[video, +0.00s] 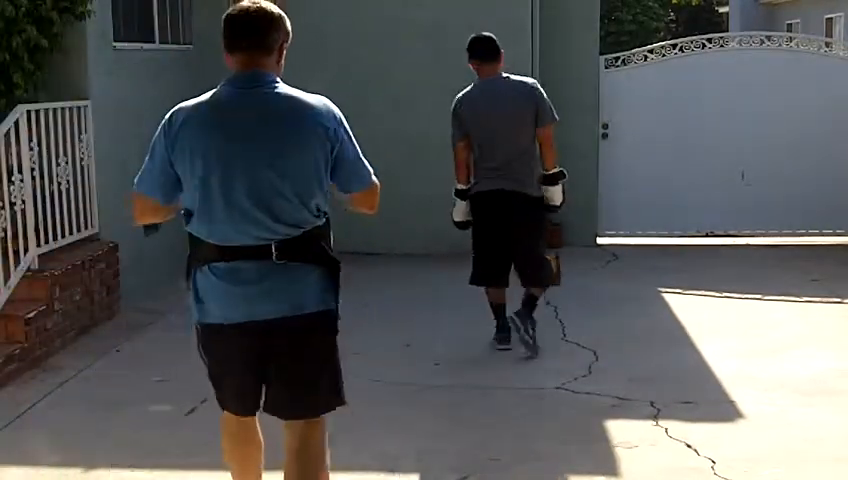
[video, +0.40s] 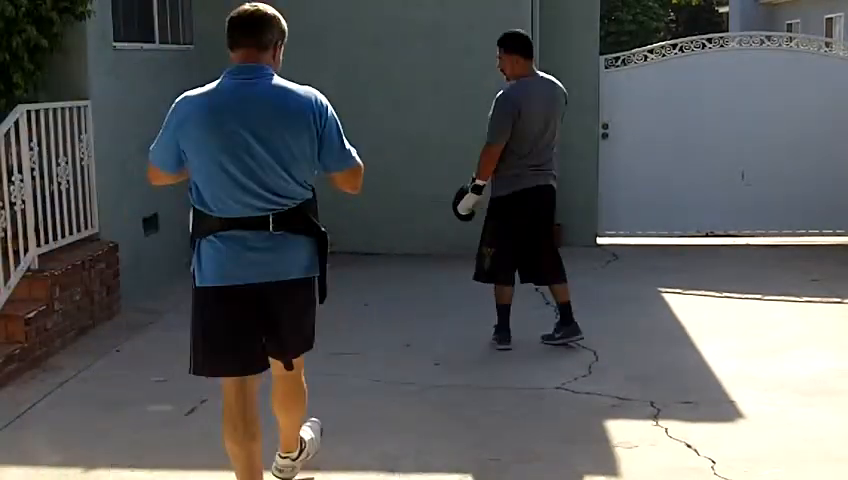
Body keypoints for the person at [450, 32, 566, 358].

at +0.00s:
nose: (477, 69)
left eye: (473, 64)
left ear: (471, 65)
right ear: (502, 58)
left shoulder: (464, 101)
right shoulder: (530, 89)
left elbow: (462, 153)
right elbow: (546, 139)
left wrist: (462, 197)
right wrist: (553, 183)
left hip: (486, 198)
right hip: (525, 196)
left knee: (493, 265)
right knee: (535, 262)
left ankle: (501, 330)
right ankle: (526, 313)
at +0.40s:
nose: (499, 65)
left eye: (500, 59)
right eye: (499, 59)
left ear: (512, 57)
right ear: (529, 57)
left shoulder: (508, 97)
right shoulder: (557, 89)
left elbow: (493, 149)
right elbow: (547, 137)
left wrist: (477, 188)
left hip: (510, 194)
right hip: (544, 191)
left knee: (501, 260)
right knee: (546, 254)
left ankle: (502, 329)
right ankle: (567, 322)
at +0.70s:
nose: (526, 63)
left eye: (531, 57)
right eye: (525, 57)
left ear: (551, 58)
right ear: (545, 59)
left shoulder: (548, 95)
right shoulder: (562, 88)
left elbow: (538, 148)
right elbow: (549, 145)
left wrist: (524, 191)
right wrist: (530, 181)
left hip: (542, 194)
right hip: (564, 191)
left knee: (521, 257)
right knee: (568, 261)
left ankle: (510, 326)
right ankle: (572, 328)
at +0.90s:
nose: (535, 60)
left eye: (540, 53)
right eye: (533, 54)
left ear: (560, 55)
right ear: (541, 56)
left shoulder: (563, 90)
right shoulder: (554, 87)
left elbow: (568, 140)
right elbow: (550, 141)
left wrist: (569, 187)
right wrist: (537, 188)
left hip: (553, 193)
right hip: (548, 191)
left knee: (532, 261)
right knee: (570, 262)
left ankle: (525, 329)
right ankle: (571, 329)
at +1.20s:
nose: (540, 58)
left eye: (546, 51)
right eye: (539, 52)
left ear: (564, 54)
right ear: (553, 57)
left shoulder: (570, 90)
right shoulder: (561, 87)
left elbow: (576, 140)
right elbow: (557, 143)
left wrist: (572, 186)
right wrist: (542, 190)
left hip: (565, 191)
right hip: (550, 191)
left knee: (567, 260)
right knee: (552, 259)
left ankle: (573, 329)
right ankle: (568, 325)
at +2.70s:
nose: (526, 56)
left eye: (533, 51)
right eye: (527, 51)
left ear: (550, 55)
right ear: (540, 57)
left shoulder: (557, 91)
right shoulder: (541, 89)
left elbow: (564, 141)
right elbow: (540, 141)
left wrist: (547, 183)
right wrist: (526, 182)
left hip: (553, 188)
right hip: (538, 187)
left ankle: (559, 316)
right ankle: (558, 317)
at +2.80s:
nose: (520, 57)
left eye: (526, 52)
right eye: (520, 52)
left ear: (544, 56)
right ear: (532, 58)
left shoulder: (550, 92)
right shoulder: (537, 90)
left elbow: (556, 142)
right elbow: (532, 143)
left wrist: (542, 186)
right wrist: (519, 183)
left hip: (538, 191)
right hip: (542, 189)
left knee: (517, 257)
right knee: (560, 256)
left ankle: (515, 320)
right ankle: (569, 319)